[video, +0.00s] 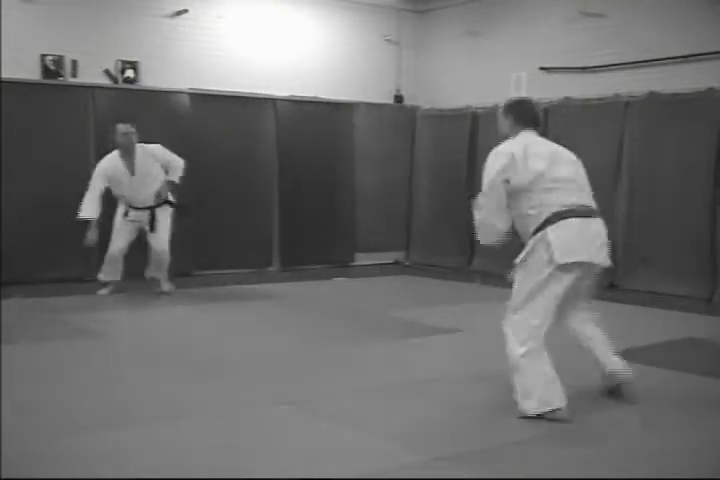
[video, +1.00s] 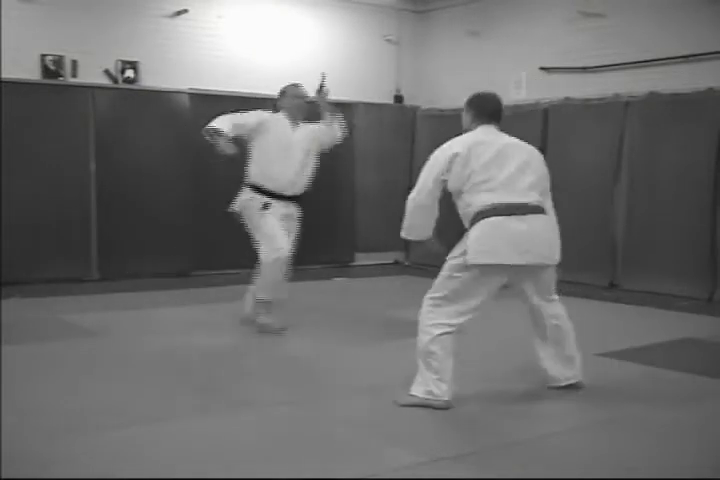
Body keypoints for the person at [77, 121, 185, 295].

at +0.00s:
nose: (130, 138)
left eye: (132, 134)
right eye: (125, 135)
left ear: (137, 135)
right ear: (115, 139)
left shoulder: (154, 152)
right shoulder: (107, 165)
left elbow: (178, 164)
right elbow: (94, 194)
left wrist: (167, 186)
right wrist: (93, 226)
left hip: (159, 207)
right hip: (129, 209)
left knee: (161, 248)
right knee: (115, 250)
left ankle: (161, 280)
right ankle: (110, 283)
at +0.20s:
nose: (163, 127)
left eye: (166, 123)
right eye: (158, 123)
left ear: (170, 126)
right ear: (148, 126)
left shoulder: (180, 148)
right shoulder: (134, 150)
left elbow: (198, 173)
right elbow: (112, 178)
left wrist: (200, 172)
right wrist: (124, 198)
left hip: (170, 209)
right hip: (139, 207)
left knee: (173, 249)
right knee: (126, 250)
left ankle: (160, 287)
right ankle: (113, 281)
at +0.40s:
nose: (195, 125)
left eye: (199, 121)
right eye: (191, 121)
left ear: (203, 124)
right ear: (181, 124)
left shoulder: (210, 150)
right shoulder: (165, 146)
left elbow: (218, 184)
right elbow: (131, 164)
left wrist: (225, 180)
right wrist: (134, 189)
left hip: (185, 210)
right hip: (157, 204)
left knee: (182, 255)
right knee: (167, 246)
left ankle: (168, 294)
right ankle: (149, 277)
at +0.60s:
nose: (219, 116)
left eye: (221, 112)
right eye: (214, 111)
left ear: (225, 115)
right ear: (202, 113)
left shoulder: (232, 140)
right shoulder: (186, 139)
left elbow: (240, 172)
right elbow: (167, 166)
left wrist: (251, 167)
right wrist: (185, 176)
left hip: (216, 204)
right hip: (187, 203)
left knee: (216, 252)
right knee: (201, 249)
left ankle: (186, 271)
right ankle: (200, 298)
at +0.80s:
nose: (258, 106)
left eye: (260, 102)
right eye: (253, 101)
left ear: (263, 106)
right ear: (240, 104)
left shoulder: (267, 134)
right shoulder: (227, 126)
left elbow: (279, 165)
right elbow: (213, 149)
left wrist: (291, 152)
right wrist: (234, 167)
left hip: (248, 204)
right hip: (215, 200)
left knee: (258, 250)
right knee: (211, 257)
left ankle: (254, 302)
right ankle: (199, 300)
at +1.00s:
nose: (302, 103)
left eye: (304, 99)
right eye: (296, 98)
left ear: (307, 104)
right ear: (282, 100)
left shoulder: (312, 133)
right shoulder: (265, 121)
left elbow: (336, 134)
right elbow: (220, 125)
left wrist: (325, 106)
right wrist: (223, 141)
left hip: (289, 207)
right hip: (257, 200)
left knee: (279, 259)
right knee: (277, 249)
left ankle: (251, 308)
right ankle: (262, 309)